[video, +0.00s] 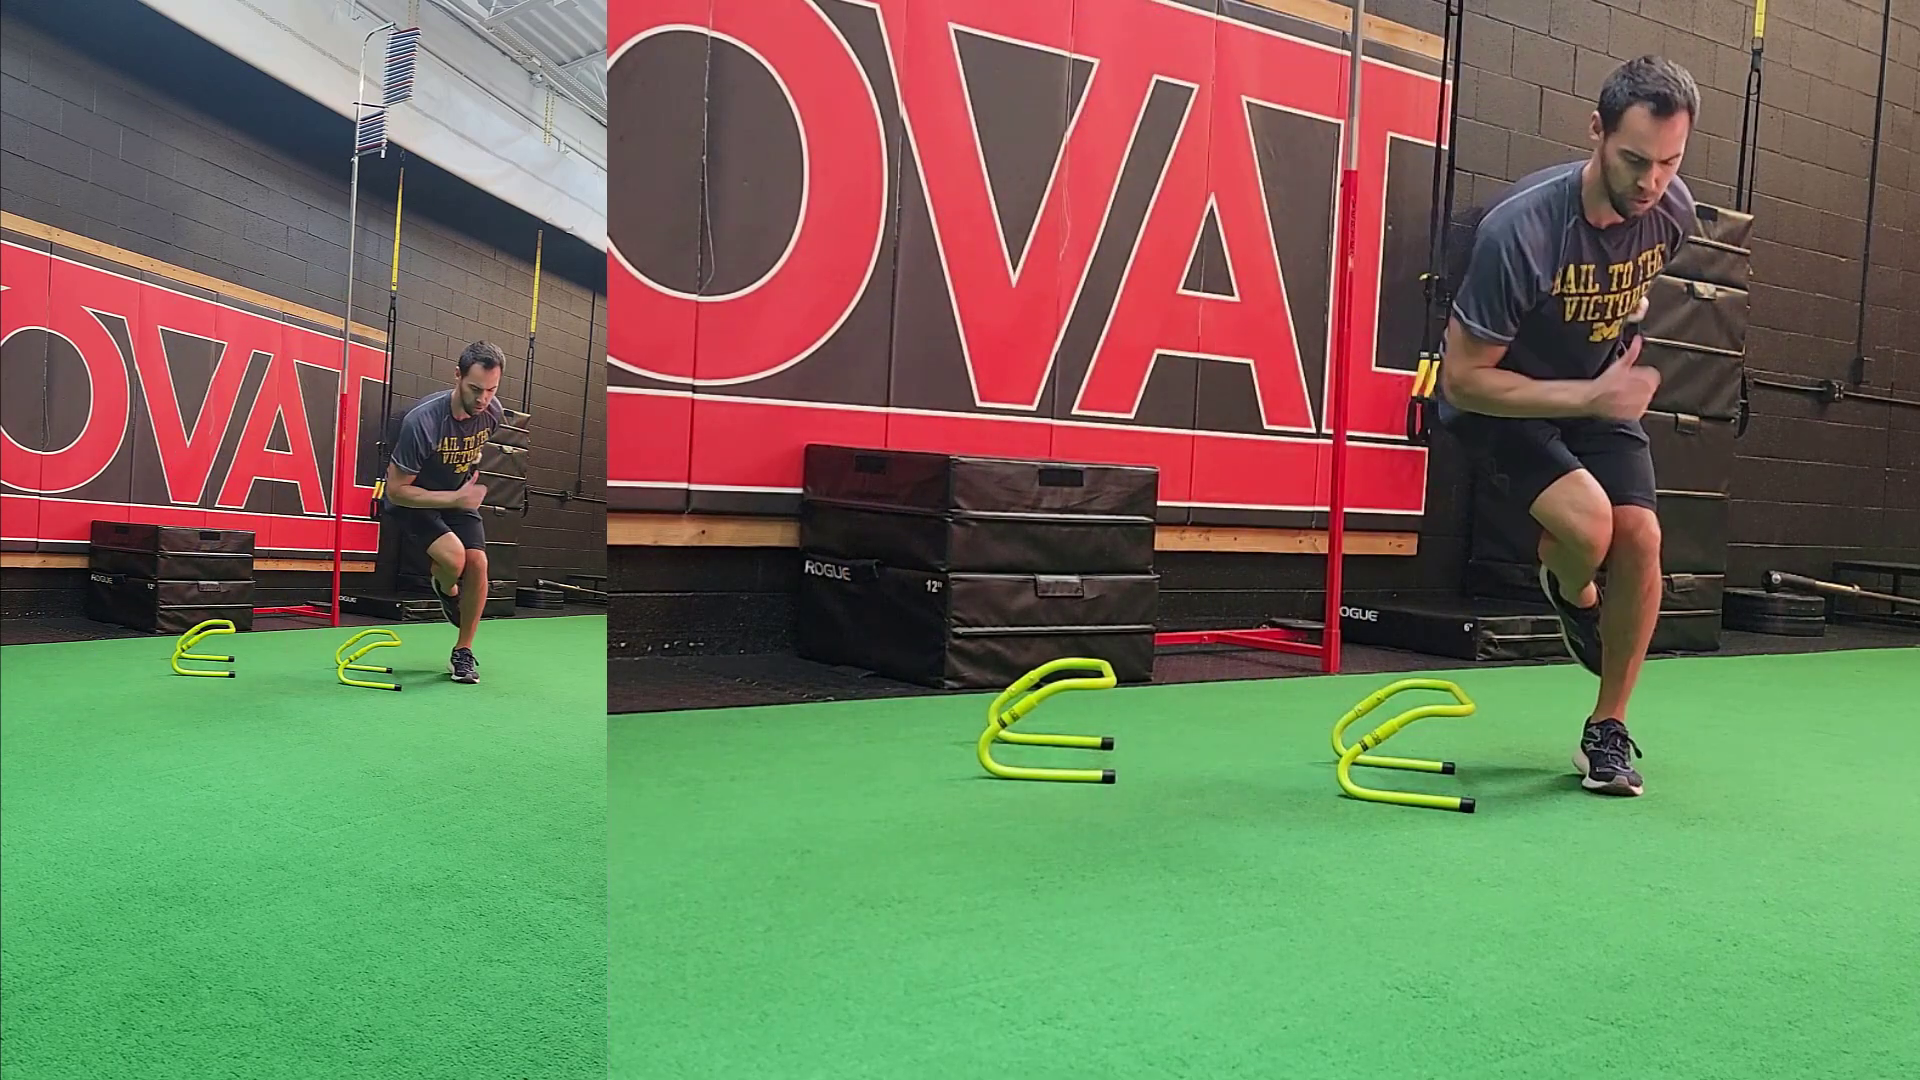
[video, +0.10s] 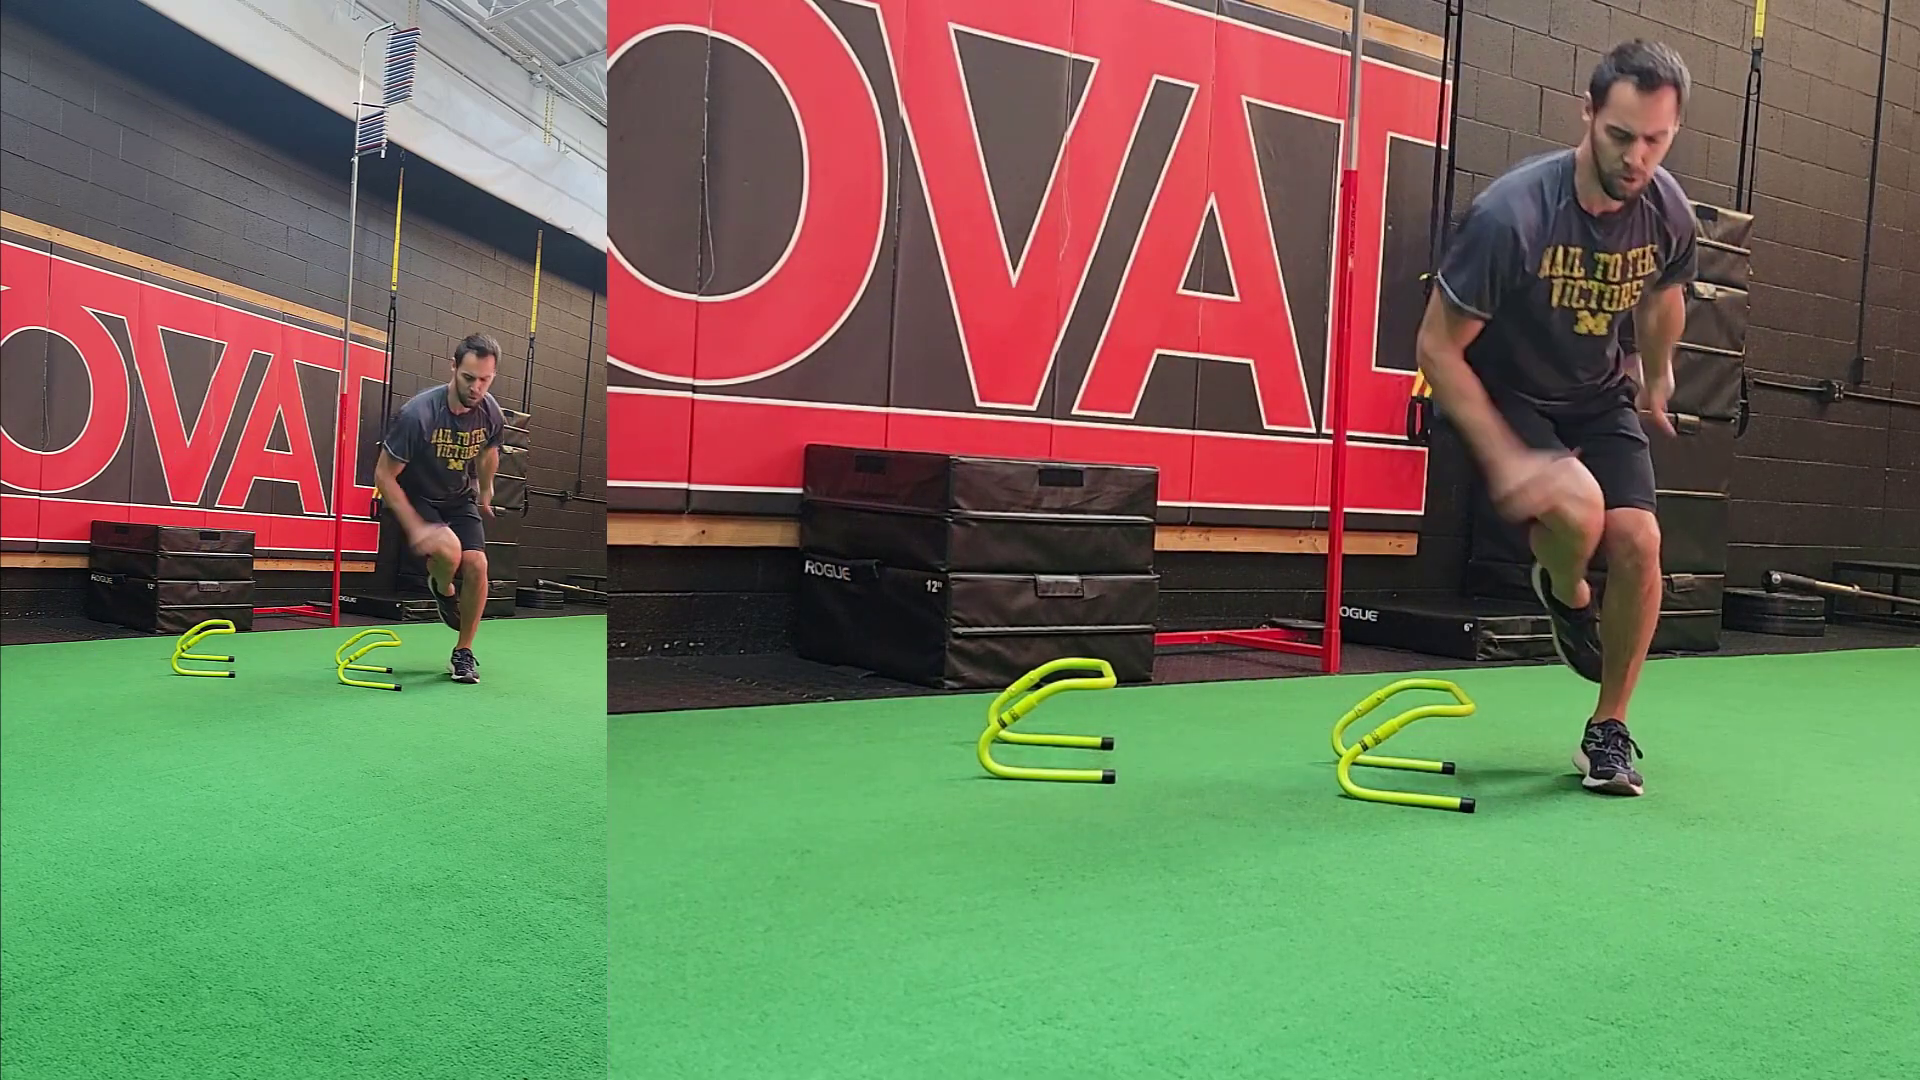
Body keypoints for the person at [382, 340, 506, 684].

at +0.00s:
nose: (483, 399)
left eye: (491, 391)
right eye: (476, 389)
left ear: (498, 385)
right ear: (457, 378)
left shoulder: (492, 413)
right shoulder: (421, 421)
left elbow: (468, 446)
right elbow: (396, 491)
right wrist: (456, 498)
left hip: (456, 497)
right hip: (412, 499)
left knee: (478, 563)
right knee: (454, 557)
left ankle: (464, 651)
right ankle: (445, 589)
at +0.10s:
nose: (476, 388)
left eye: (485, 380)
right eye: (469, 378)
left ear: (493, 377)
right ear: (453, 369)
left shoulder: (491, 414)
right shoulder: (417, 414)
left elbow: (489, 453)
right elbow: (384, 476)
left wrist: (486, 493)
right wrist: (416, 528)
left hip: (460, 501)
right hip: (418, 500)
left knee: (476, 564)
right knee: (450, 553)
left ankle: (464, 651)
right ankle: (444, 591)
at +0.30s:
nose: (442, 360)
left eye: (451, 352)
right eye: (436, 350)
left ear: (463, 351)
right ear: (425, 345)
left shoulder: (472, 398)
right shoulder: (394, 390)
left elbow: (474, 454)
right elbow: (339, 427)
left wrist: (481, 475)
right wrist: (304, 466)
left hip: (437, 489)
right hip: (388, 477)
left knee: (464, 565)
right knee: (409, 521)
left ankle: (460, 651)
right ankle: (372, 569)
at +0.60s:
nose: (347, 311)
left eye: (355, 303)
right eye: (341, 302)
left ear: (370, 302)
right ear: (330, 299)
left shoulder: (386, 347)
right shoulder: (305, 350)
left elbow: (401, 391)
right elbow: (283, 409)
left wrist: (404, 443)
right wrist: (304, 443)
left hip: (364, 445)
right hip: (316, 446)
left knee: (375, 494)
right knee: (309, 550)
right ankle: (290, 635)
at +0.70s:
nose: (322, 301)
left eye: (331, 294)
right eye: (316, 292)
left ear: (346, 291)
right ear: (307, 287)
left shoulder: (367, 334)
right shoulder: (282, 331)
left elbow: (379, 378)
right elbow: (262, 387)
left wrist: (374, 429)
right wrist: (285, 405)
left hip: (337, 440)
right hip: (289, 438)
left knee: (331, 508)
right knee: (286, 526)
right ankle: (284, 619)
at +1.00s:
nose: (239, 314)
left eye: (247, 305)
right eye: (233, 303)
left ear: (264, 299)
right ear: (224, 296)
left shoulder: (284, 344)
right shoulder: (201, 336)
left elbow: (312, 400)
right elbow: (185, 383)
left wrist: (307, 456)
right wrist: (190, 414)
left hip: (261, 444)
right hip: (212, 438)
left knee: (262, 522)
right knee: (177, 516)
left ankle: (286, 610)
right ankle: (140, 600)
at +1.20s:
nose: (176, 362)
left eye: (185, 354)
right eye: (170, 351)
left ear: (203, 345)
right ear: (162, 340)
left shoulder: (228, 392)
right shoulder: (146, 375)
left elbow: (221, 465)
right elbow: (135, 413)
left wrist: (175, 427)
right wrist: (133, 435)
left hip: (206, 476)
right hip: (158, 472)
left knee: (192, 525)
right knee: (135, 545)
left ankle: (170, 553)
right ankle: (112, 635)